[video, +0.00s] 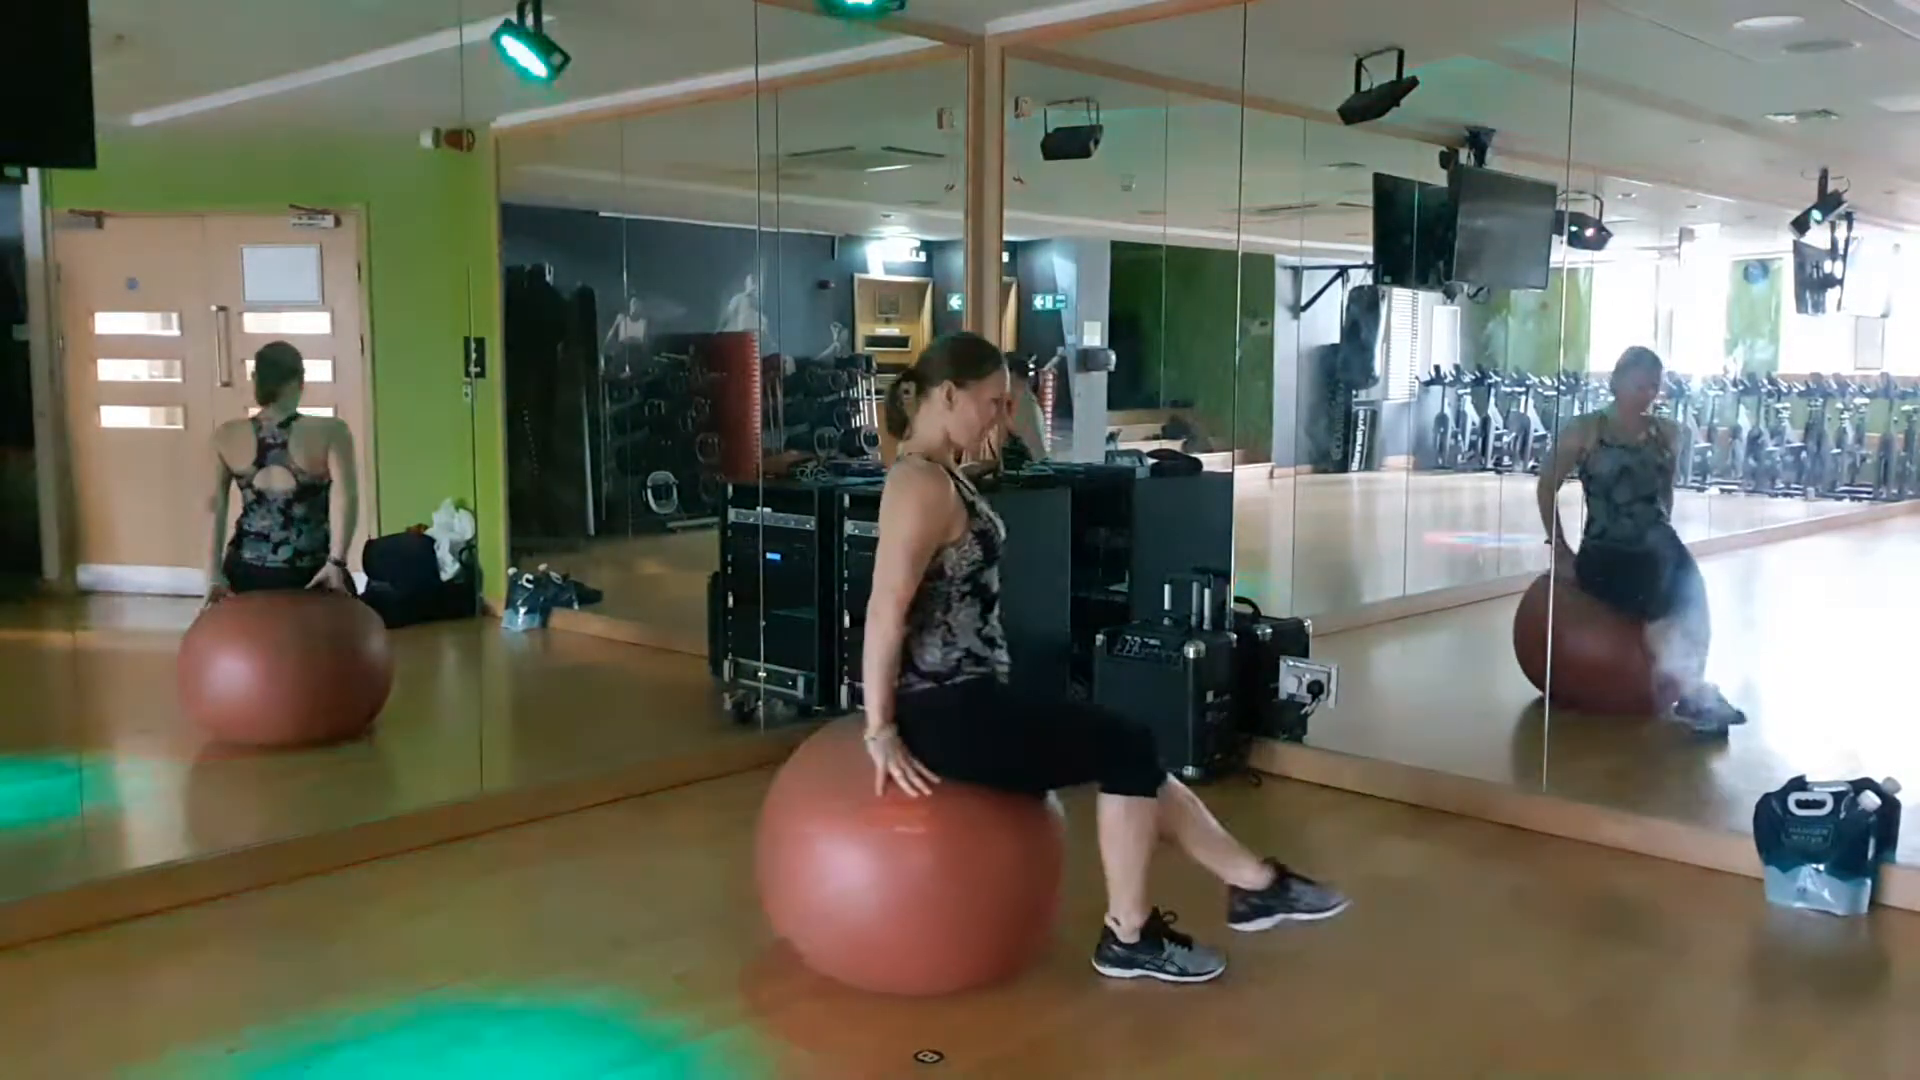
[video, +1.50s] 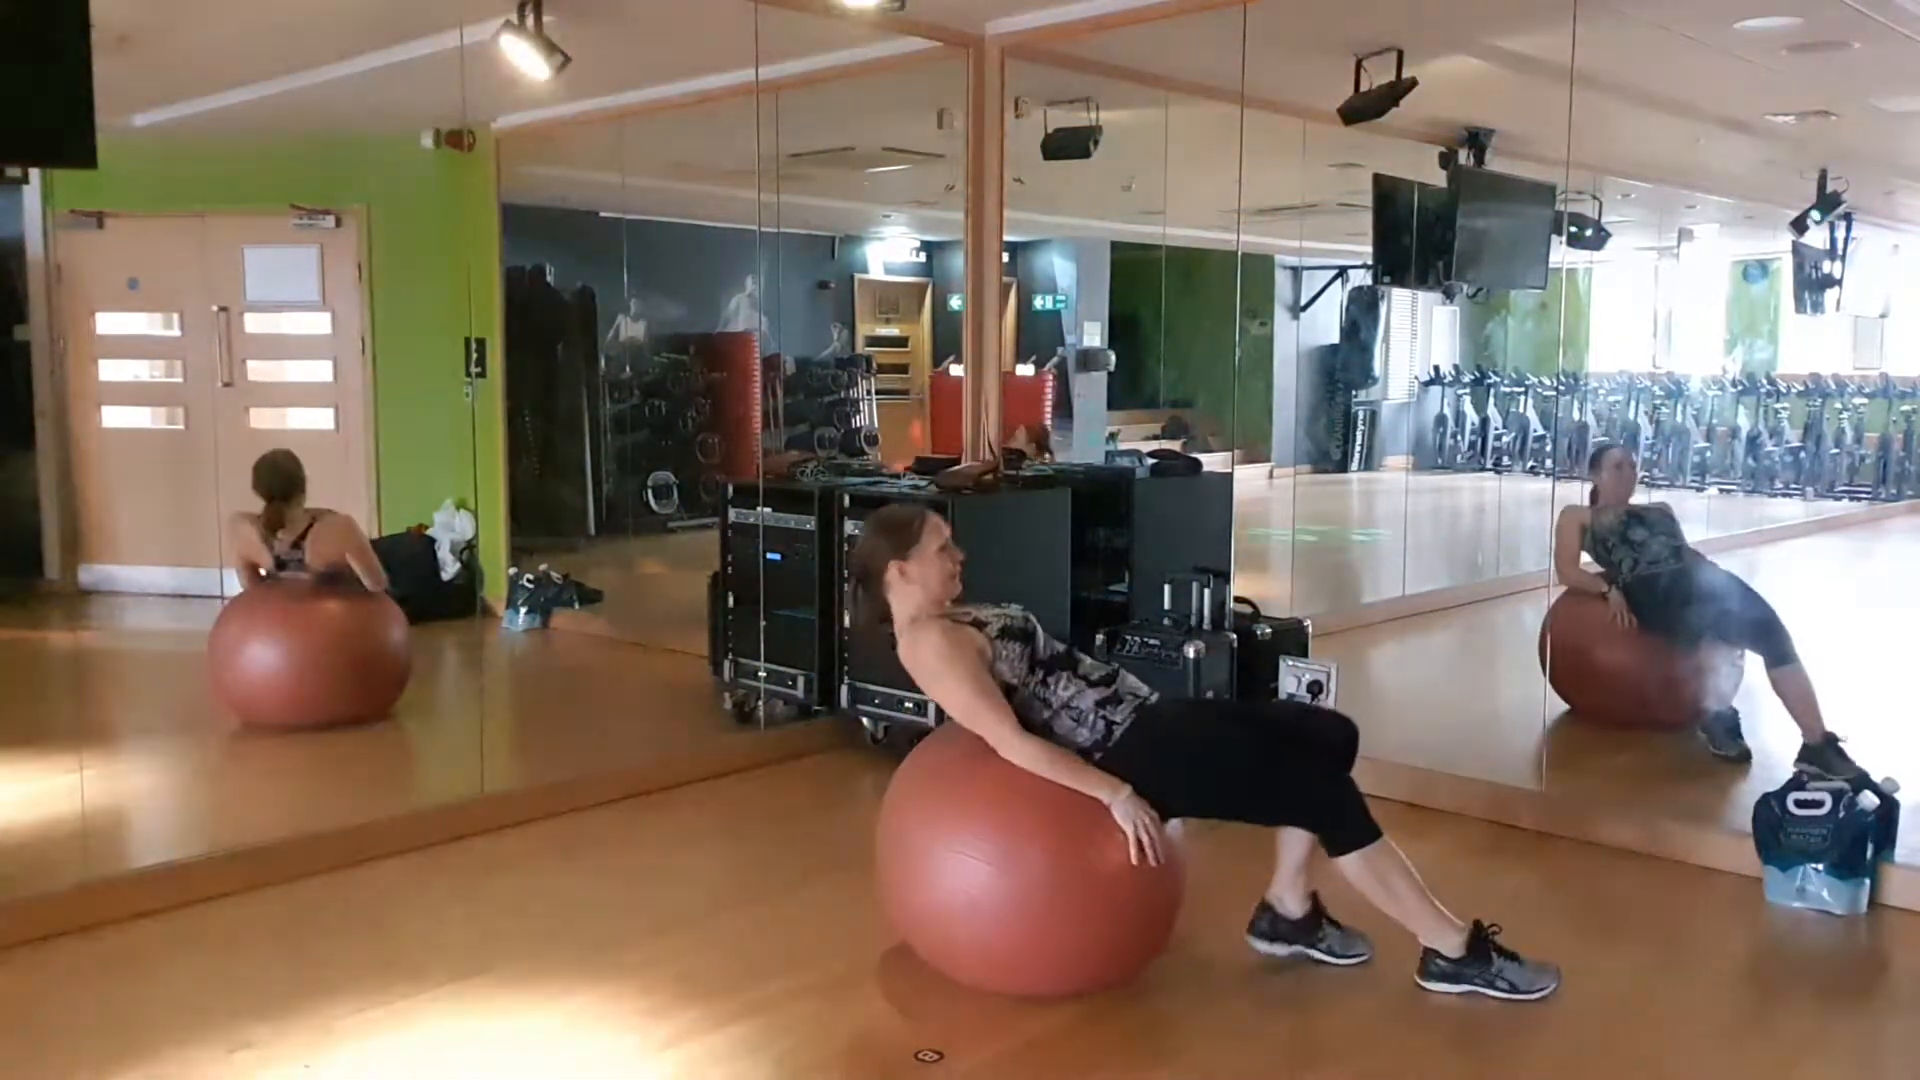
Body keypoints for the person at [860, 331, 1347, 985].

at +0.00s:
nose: (997, 426)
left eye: (1003, 412)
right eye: (994, 407)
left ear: (945, 398)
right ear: (950, 394)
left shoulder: (939, 479)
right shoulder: (919, 484)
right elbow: (887, 605)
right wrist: (880, 727)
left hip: (972, 701)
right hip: (944, 713)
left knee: (1129, 750)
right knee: (1122, 749)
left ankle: (1255, 882)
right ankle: (1129, 934)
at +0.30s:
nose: (999, 437)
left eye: (1000, 423)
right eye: (990, 422)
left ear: (951, 419)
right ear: (946, 416)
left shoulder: (948, 496)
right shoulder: (930, 506)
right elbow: (910, 628)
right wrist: (934, 743)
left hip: (1015, 713)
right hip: (993, 728)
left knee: (1187, 755)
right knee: (1177, 741)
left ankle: (1271, 914)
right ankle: (1147, 917)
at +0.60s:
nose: (993, 457)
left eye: (993, 443)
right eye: (981, 444)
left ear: (939, 448)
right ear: (933, 446)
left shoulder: (945, 519)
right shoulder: (932, 531)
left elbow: (968, 641)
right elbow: (939, 658)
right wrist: (980, 762)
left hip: (1054, 711)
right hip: (1032, 728)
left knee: (1234, 724)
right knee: (1219, 717)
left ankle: (1277, 914)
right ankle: (1214, 887)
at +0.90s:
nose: (988, 481)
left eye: (989, 468)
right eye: (978, 468)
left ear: (934, 469)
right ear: (933, 470)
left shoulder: (950, 543)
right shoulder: (941, 553)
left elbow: (1000, 653)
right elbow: (970, 675)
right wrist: (1039, 774)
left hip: (1087, 712)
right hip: (1074, 732)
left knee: (1256, 734)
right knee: (1267, 741)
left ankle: (1276, 917)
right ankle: (1410, 890)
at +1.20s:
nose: (982, 516)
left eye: (981, 503)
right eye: (970, 504)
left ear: (934, 511)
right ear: (927, 510)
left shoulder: (957, 577)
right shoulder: (941, 591)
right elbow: (998, 713)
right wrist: (1080, 786)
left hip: (1120, 716)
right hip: (1099, 742)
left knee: (1300, 736)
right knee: (1288, 786)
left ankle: (1277, 925)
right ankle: (1441, 933)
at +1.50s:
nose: (958, 557)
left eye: (952, 544)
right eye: (942, 549)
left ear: (919, 565)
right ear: (899, 574)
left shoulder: (956, 620)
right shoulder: (933, 643)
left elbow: (1045, 691)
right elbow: (1008, 737)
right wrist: (1111, 791)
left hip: (1145, 720)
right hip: (1128, 751)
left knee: (1327, 733)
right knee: (1320, 780)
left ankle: (1290, 911)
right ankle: (1453, 946)